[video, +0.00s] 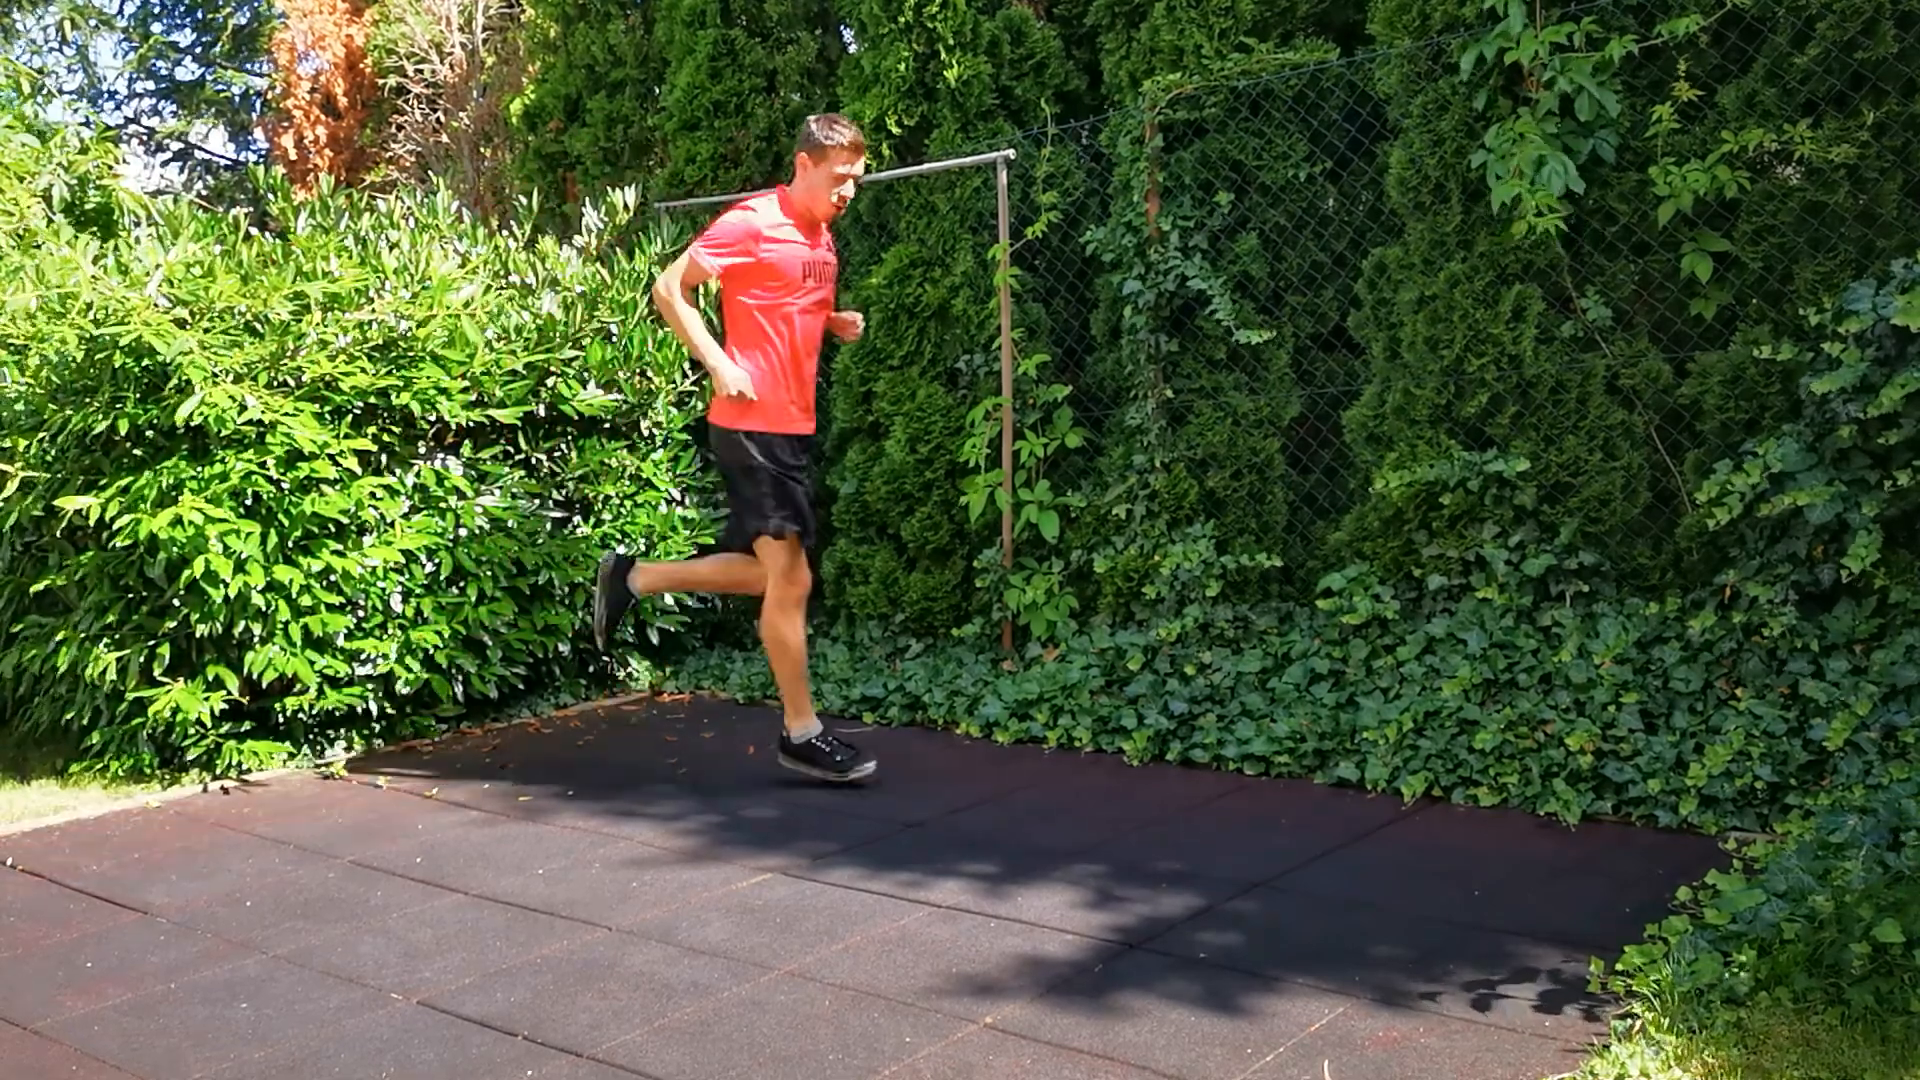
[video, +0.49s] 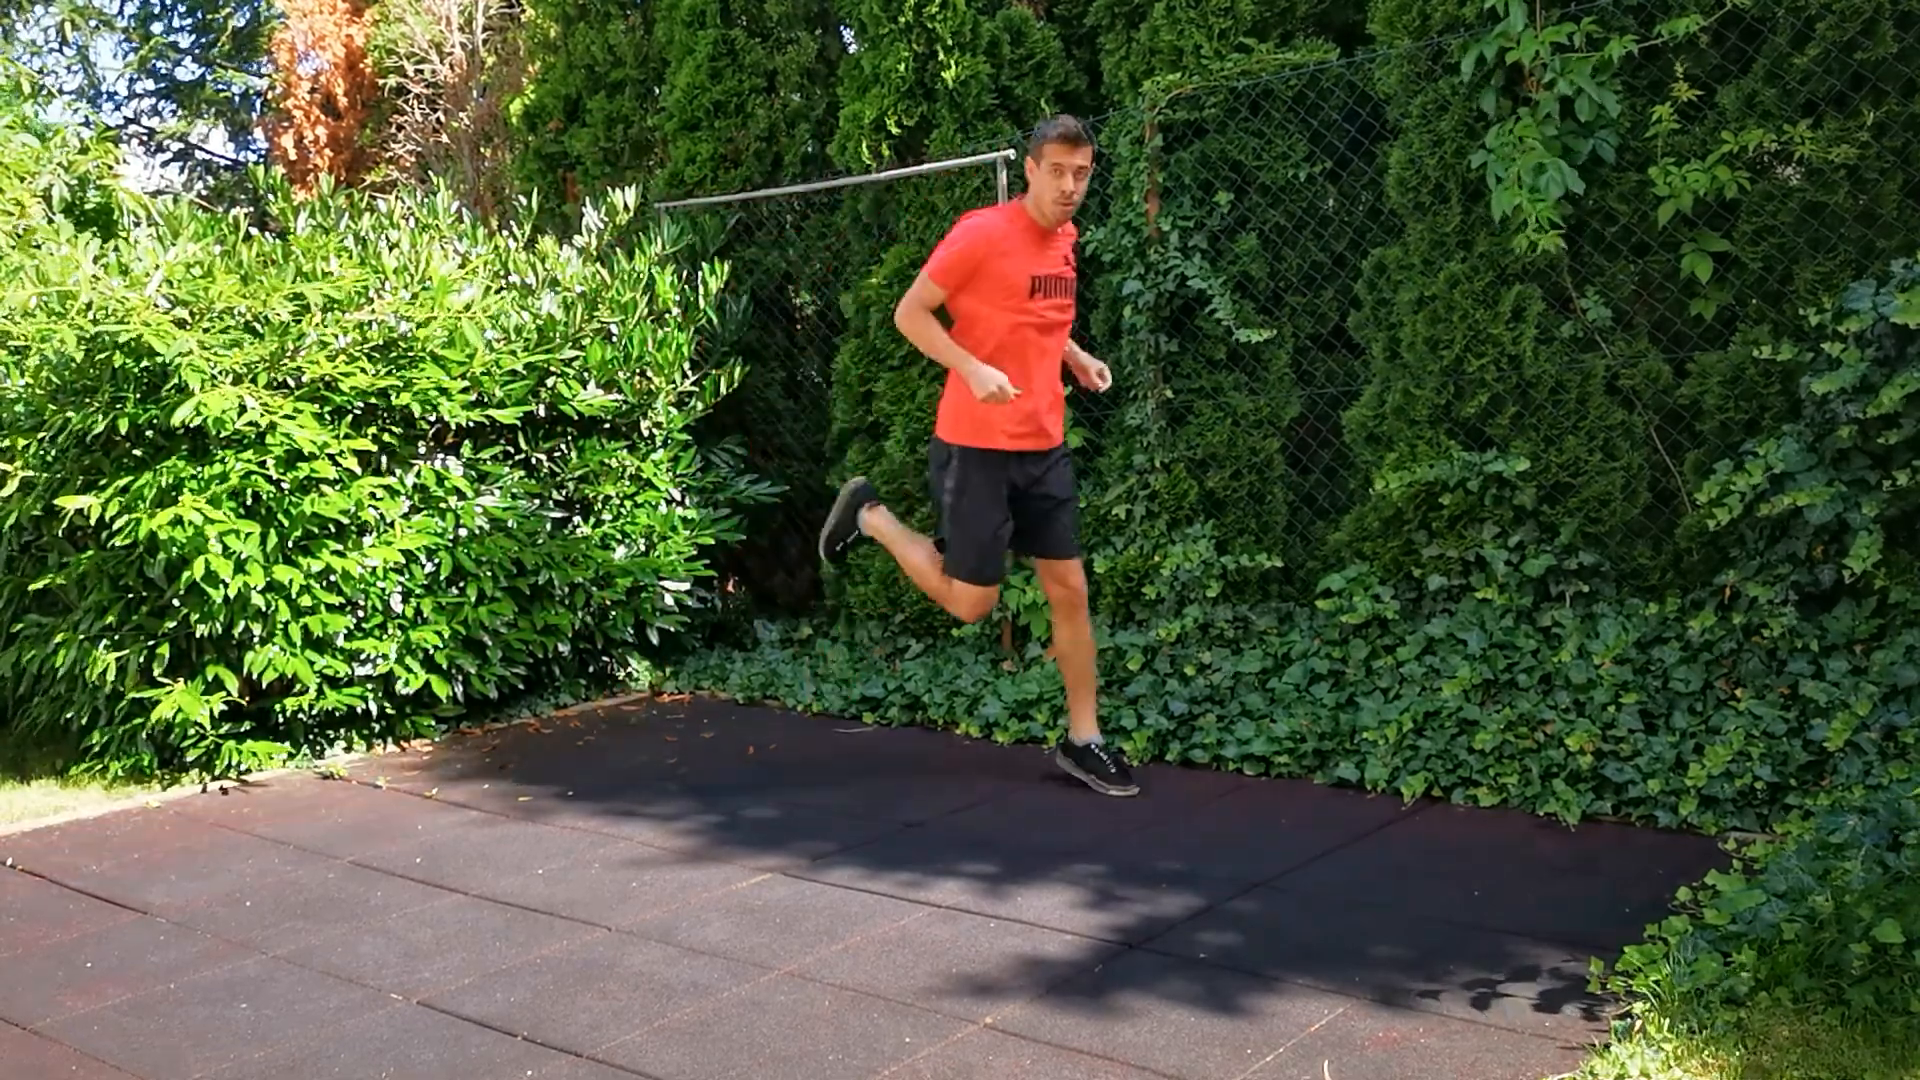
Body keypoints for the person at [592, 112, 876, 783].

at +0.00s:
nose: (848, 194)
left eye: (855, 183)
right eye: (840, 181)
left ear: (848, 179)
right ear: (801, 167)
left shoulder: (820, 232)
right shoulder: (747, 223)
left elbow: (780, 309)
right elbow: (668, 288)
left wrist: (828, 321)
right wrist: (717, 362)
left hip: (792, 427)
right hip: (751, 426)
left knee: (770, 572)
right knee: (789, 579)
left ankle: (631, 577)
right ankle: (801, 732)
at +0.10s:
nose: (892, 229)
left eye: (898, 217)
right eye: (883, 216)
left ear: (894, 214)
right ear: (844, 205)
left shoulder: (862, 270)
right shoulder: (796, 272)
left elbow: (827, 351)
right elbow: (727, 356)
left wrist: (866, 396)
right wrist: (783, 417)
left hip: (839, 464)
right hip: (802, 470)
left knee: (829, 596)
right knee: (853, 609)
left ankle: (744, 504)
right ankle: (821, 748)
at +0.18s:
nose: (930, 232)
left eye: (936, 219)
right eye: (919, 218)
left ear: (934, 217)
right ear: (883, 209)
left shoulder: (900, 275)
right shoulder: (836, 280)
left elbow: (866, 366)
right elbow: (782, 370)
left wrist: (894, 423)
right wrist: (855, 424)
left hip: (887, 474)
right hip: (840, 481)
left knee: (923, 600)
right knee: (872, 614)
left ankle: (798, 564)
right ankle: (821, 749)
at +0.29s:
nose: (984, 189)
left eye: (991, 177)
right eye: (974, 175)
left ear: (988, 175)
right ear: (938, 166)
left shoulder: (954, 234)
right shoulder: (887, 230)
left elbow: (914, 319)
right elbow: (829, 316)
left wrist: (944, 367)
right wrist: (917, 335)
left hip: (938, 434)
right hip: (879, 439)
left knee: (985, 558)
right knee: (866, 581)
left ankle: (878, 614)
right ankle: (830, 731)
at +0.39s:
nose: (1035, 169)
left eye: (1042, 157)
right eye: (1024, 154)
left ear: (1043, 156)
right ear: (988, 146)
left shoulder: (1009, 210)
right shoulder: (938, 204)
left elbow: (963, 289)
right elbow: (868, 287)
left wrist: (1004, 326)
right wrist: (954, 310)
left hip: (989, 415)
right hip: (925, 417)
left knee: (1017, 558)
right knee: (924, 573)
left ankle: (1010, 710)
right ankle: (819, 645)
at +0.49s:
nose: (1070, 186)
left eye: (1081, 175)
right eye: (1058, 171)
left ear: (1089, 179)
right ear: (1029, 168)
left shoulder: (1064, 240)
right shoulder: (981, 233)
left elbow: (1026, 318)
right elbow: (910, 313)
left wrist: (1071, 356)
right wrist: (969, 366)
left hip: (1042, 446)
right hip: (974, 446)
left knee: (1068, 589)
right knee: (969, 600)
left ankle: (1084, 740)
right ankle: (870, 516)